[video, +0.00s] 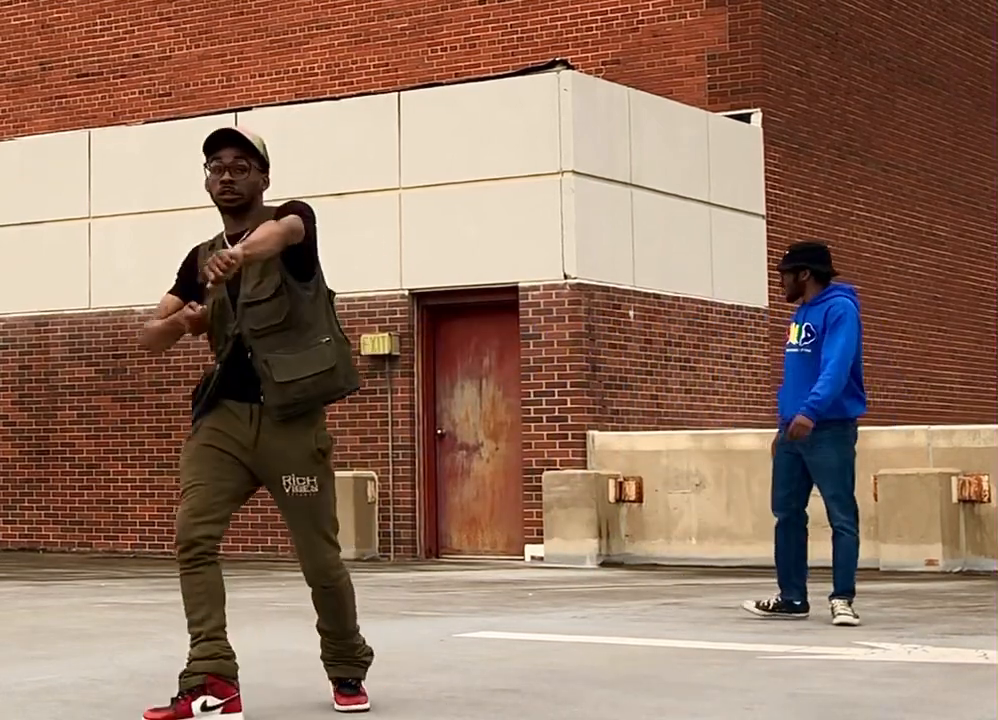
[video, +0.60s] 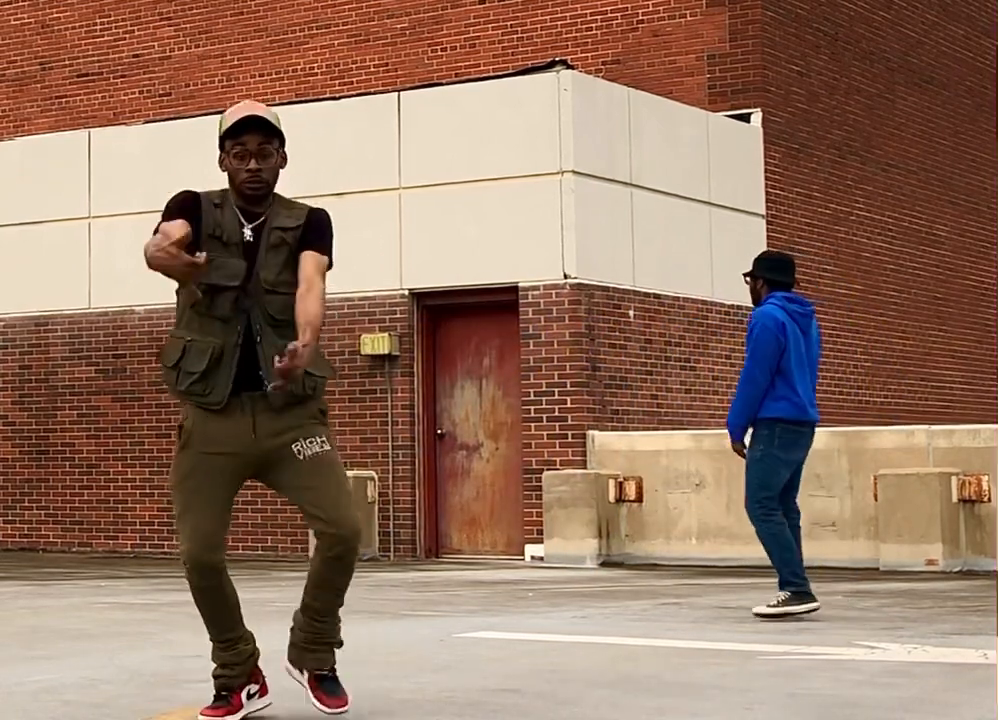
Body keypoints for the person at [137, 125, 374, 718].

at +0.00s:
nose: (228, 178)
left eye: (240, 168)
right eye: (218, 169)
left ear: (264, 177)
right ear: (206, 182)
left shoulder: (294, 217)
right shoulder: (201, 259)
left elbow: (279, 233)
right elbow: (150, 339)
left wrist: (238, 253)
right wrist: (184, 318)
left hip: (291, 417)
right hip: (223, 419)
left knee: (321, 561)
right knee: (194, 539)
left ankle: (347, 672)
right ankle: (213, 681)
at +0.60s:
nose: (254, 163)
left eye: (265, 152)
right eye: (241, 153)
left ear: (281, 159)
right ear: (223, 160)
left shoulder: (307, 221)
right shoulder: (194, 207)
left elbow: (311, 289)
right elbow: (159, 248)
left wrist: (303, 345)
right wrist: (171, 257)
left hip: (291, 416)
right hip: (209, 420)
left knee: (344, 530)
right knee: (198, 554)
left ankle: (313, 651)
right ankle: (238, 672)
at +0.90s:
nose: (249, 154)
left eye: (261, 144)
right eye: (236, 143)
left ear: (279, 152)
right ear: (217, 153)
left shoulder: (305, 218)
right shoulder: (194, 204)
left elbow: (311, 286)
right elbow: (159, 201)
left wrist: (311, 347)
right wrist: (140, 174)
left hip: (285, 412)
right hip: (203, 416)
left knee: (322, 541)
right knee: (196, 565)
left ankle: (281, 693)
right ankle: (227, 672)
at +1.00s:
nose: (234, 123)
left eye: (247, 113)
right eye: (222, 111)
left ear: (263, 123)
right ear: (202, 117)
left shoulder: (289, 170)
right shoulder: (173, 195)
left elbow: (298, 186)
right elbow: (136, 280)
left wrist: (282, 199)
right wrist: (160, 293)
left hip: (271, 387)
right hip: (189, 389)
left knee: (282, 542)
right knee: (168, 533)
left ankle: (280, 697)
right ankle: (215, 649)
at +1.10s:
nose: (216, 110)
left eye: (228, 102)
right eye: (204, 99)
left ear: (244, 114)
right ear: (183, 107)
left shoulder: (264, 167)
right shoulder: (156, 196)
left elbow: (279, 121)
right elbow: (153, 281)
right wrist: (144, 349)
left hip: (263, 380)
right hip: (183, 383)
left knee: (278, 538)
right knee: (149, 514)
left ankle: (281, 696)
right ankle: (197, 679)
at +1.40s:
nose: (196, 95)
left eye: (208, 84)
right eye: (183, 82)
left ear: (223, 93)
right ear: (160, 89)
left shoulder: (245, 148)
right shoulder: (124, 162)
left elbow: (256, 169)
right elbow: (95, 252)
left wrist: (237, 182)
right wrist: (124, 262)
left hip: (244, 367)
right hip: (161, 374)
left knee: (289, 512)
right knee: (151, 533)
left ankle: (271, 667)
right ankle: (151, 693)